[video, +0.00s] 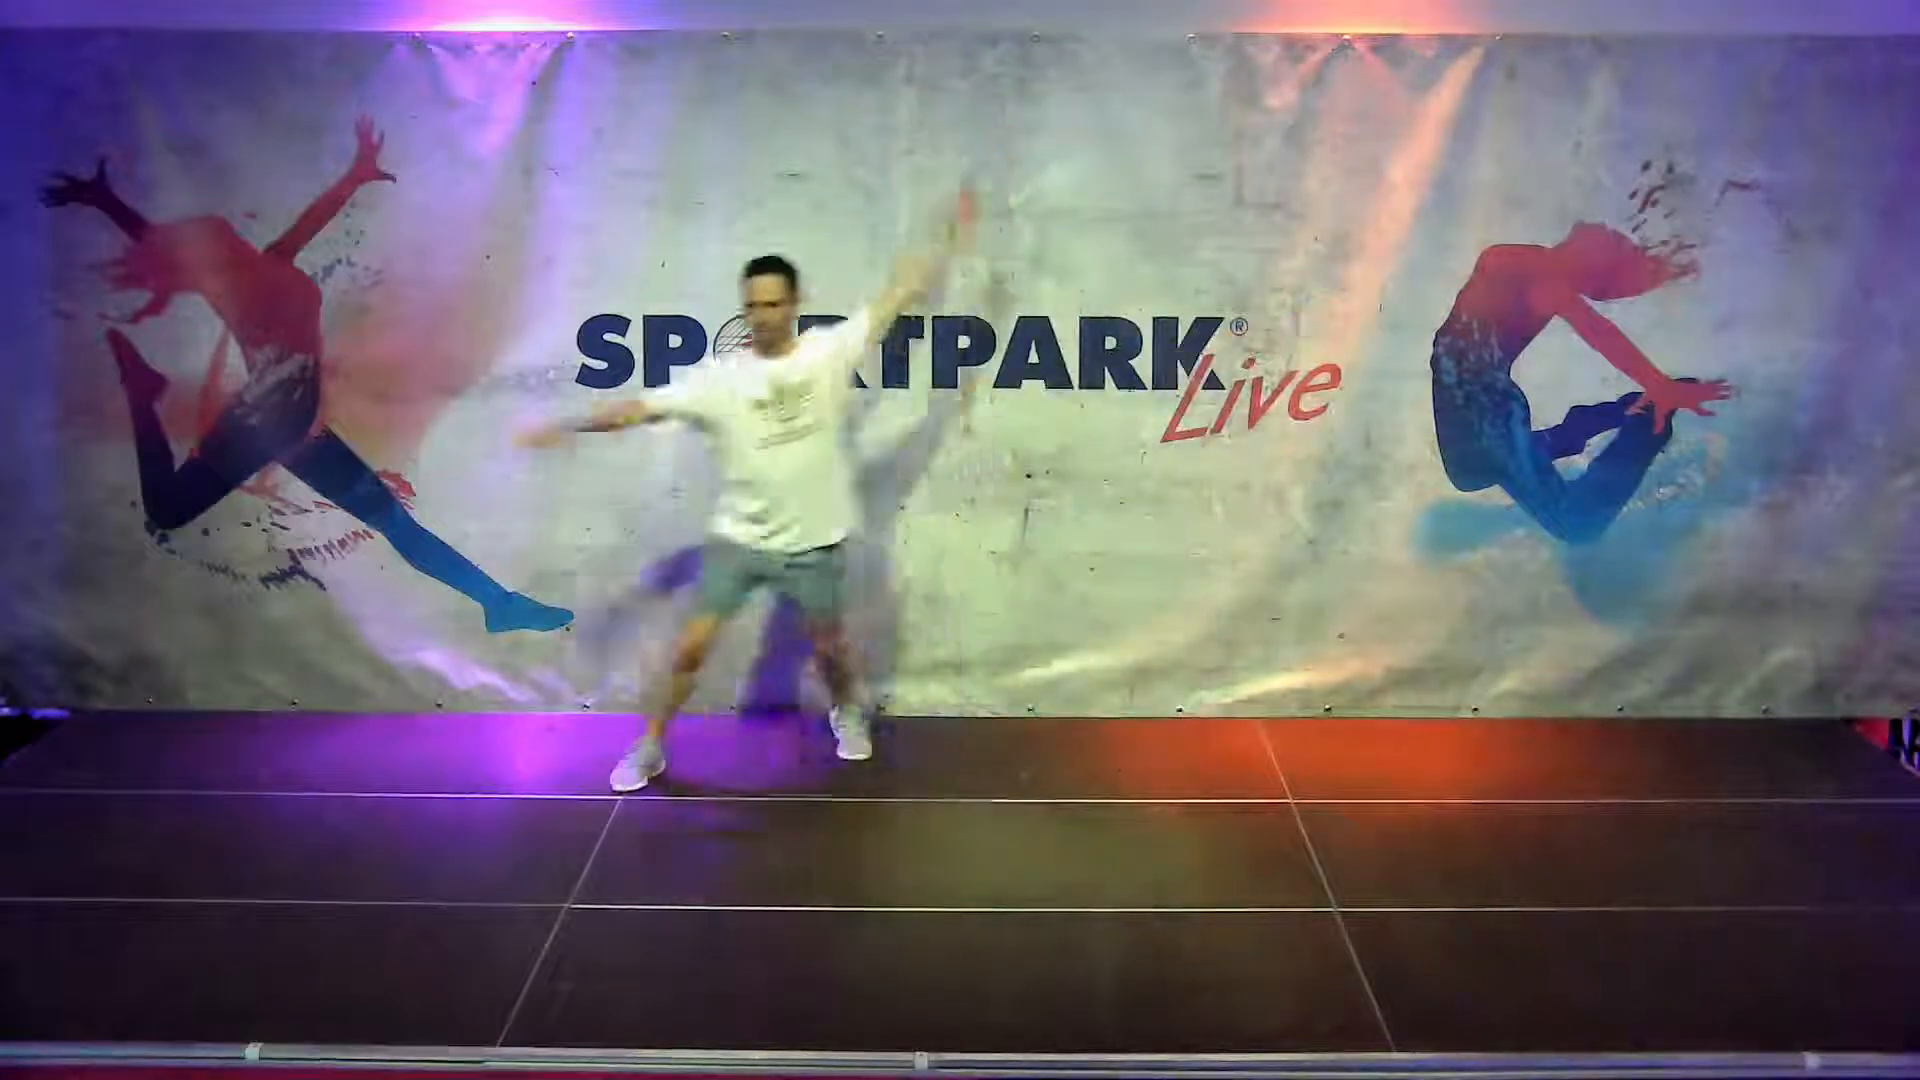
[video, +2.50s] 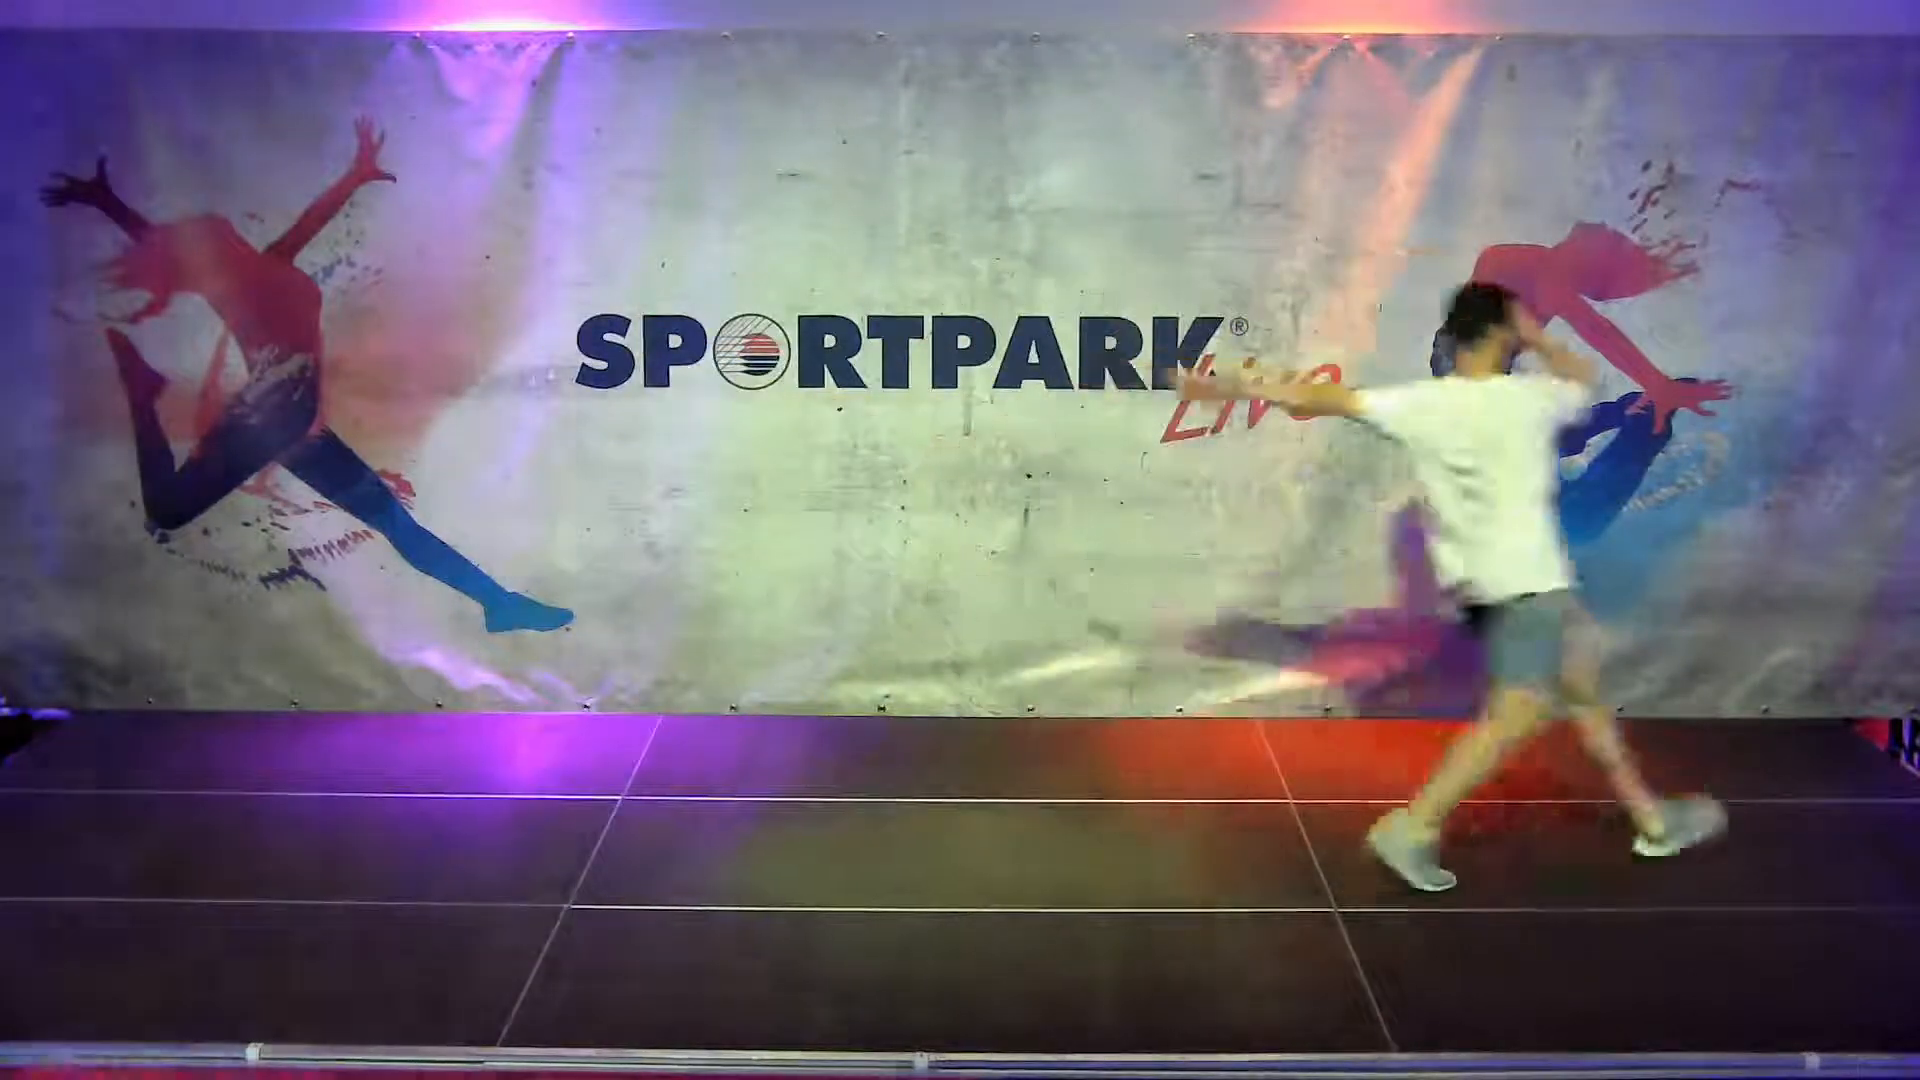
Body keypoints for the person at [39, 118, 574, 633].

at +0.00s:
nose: (182, 280)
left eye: (179, 262)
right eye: (177, 263)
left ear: (203, 254)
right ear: (193, 257)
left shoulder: (267, 267)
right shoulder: (230, 274)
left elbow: (309, 222)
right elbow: (153, 241)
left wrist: (357, 175)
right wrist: (99, 196)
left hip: (297, 426)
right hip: (262, 421)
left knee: (386, 513)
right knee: (166, 511)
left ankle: (500, 602)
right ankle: (141, 392)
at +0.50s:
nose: (219, 245)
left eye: (214, 237)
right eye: (206, 245)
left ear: (224, 240)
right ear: (198, 261)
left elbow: (313, 218)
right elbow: (157, 246)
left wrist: (358, 174)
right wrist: (100, 197)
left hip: (299, 427)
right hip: (257, 426)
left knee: (395, 521)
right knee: (166, 508)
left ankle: (508, 609)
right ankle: (141, 393)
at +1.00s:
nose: (180, 288)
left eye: (179, 268)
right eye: (176, 271)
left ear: (204, 255)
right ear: (201, 256)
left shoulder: (266, 269)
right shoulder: (234, 275)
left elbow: (311, 220)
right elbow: (156, 243)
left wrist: (359, 174)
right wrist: (105, 199)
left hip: (297, 425)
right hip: (262, 422)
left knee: (386, 512)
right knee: (165, 510)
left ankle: (498, 600)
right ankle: (139, 391)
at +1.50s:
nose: (179, 290)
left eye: (179, 270)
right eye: (174, 274)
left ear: (204, 255)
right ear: (206, 254)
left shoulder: (263, 269)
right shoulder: (245, 275)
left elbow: (308, 223)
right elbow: (155, 243)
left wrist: (357, 176)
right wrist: (104, 201)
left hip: (295, 425)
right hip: (263, 421)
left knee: (386, 513)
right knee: (166, 511)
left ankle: (500, 601)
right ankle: (140, 393)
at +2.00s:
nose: (177, 292)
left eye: (176, 272)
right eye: (166, 279)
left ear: (202, 255)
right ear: (204, 254)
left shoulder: (262, 269)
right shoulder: (244, 275)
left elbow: (307, 223)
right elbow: (156, 243)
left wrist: (357, 176)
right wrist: (104, 201)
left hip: (295, 424)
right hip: (263, 421)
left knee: (386, 512)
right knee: (166, 511)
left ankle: (499, 601)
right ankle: (140, 393)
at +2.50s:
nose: (183, 288)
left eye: (180, 267)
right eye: (186, 264)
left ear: (204, 253)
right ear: (202, 251)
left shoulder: (263, 271)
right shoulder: (240, 280)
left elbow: (306, 224)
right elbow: (156, 242)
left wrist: (357, 176)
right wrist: (103, 199)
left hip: (298, 426)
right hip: (261, 422)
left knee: (387, 514)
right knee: (166, 510)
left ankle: (500, 602)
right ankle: (139, 387)